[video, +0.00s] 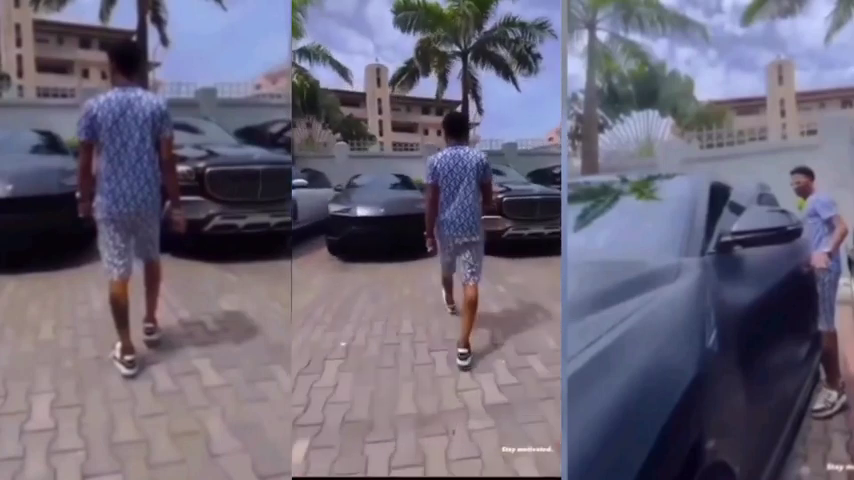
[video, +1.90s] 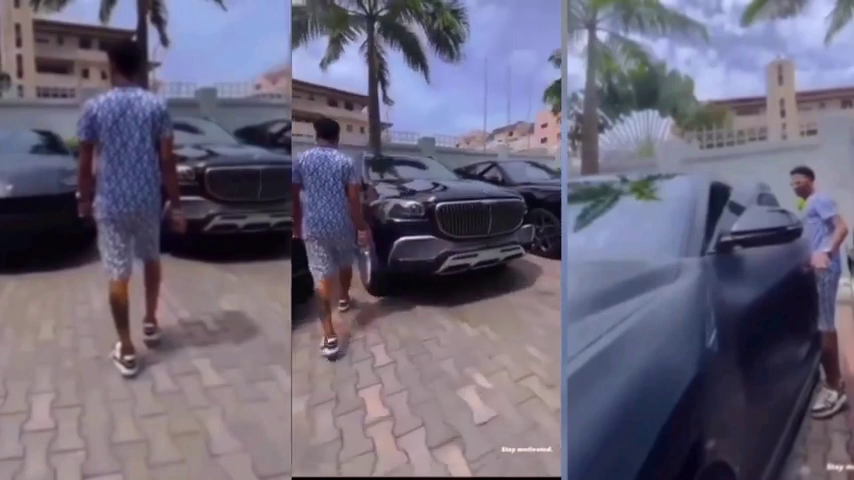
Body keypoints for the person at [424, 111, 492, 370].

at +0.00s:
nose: (447, 135)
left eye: (446, 131)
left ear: (445, 133)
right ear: (467, 132)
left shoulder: (436, 161)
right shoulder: (479, 158)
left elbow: (432, 201)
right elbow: (487, 194)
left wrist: (429, 232)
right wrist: (481, 209)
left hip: (446, 226)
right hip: (472, 226)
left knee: (447, 267)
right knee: (471, 282)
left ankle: (450, 301)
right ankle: (464, 344)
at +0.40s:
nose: (433, 131)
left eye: (432, 127)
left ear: (433, 128)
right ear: (455, 128)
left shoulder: (422, 156)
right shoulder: (464, 155)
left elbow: (415, 194)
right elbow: (472, 193)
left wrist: (414, 222)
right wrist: (477, 223)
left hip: (432, 222)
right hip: (458, 221)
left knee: (437, 272)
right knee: (462, 264)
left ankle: (442, 324)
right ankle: (461, 307)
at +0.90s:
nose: (411, 133)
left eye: (411, 129)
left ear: (411, 131)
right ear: (432, 130)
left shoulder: (400, 156)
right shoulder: (441, 158)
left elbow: (393, 194)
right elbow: (446, 195)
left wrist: (391, 225)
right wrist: (448, 224)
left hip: (407, 221)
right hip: (433, 222)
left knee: (403, 264)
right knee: (432, 268)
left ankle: (411, 307)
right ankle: (426, 316)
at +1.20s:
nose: (384, 138)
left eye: (383, 134)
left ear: (382, 135)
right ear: (403, 135)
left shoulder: (375, 162)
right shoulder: (415, 160)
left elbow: (370, 199)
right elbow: (424, 193)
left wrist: (371, 230)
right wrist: (422, 217)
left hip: (386, 227)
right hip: (411, 227)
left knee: (387, 269)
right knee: (410, 277)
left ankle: (390, 299)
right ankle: (406, 335)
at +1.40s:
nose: (361, 136)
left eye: (358, 131)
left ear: (357, 133)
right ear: (378, 132)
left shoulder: (350, 159)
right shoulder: (391, 158)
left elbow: (348, 199)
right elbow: (400, 195)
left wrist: (346, 230)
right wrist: (404, 222)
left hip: (363, 224)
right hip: (389, 223)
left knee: (367, 269)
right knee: (395, 268)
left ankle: (374, 308)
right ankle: (392, 316)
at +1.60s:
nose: (346, 134)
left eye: (340, 129)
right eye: (354, 130)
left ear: (336, 130)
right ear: (357, 130)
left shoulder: (324, 156)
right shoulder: (369, 155)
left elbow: (319, 194)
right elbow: (378, 191)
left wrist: (320, 225)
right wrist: (385, 218)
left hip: (339, 223)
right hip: (367, 221)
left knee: (346, 272)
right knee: (377, 265)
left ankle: (356, 319)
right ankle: (374, 304)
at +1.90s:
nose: (331, 140)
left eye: (323, 135)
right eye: (335, 136)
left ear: (316, 135)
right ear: (337, 137)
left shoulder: (302, 160)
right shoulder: (346, 162)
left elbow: (296, 196)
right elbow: (353, 197)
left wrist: (297, 226)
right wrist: (361, 225)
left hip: (313, 227)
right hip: (341, 225)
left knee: (322, 280)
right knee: (345, 263)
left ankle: (329, 336)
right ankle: (343, 297)